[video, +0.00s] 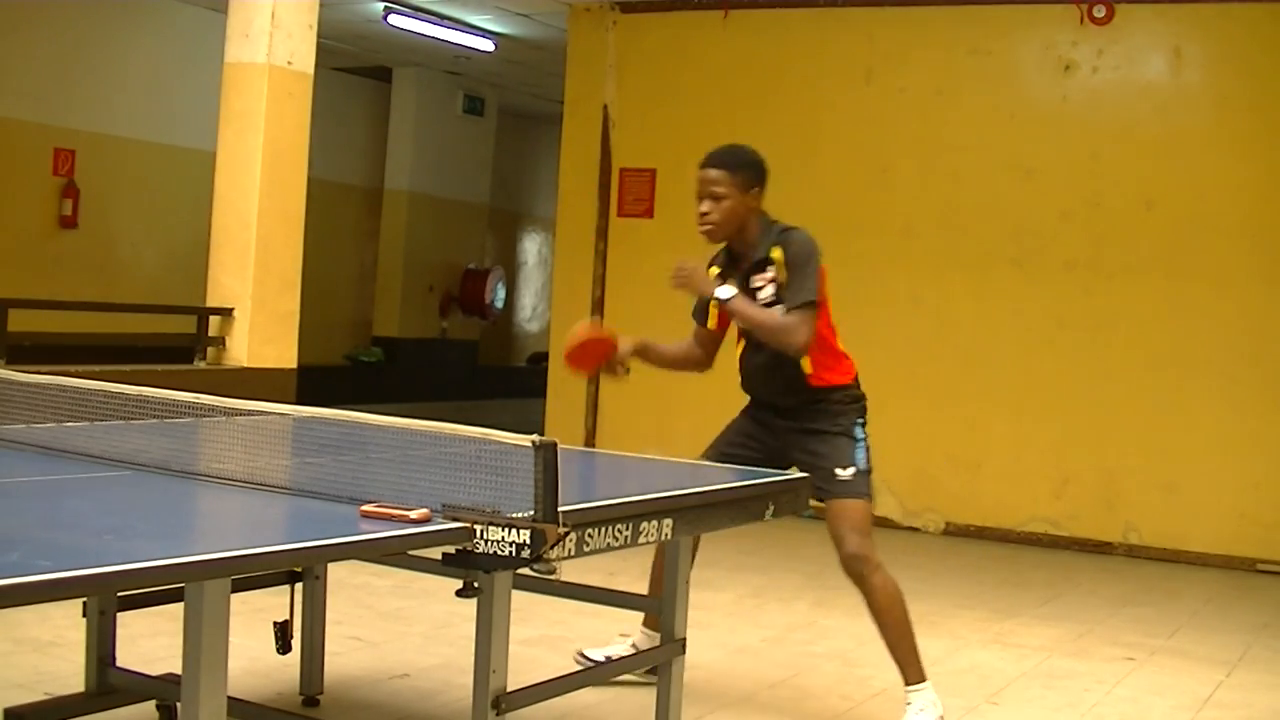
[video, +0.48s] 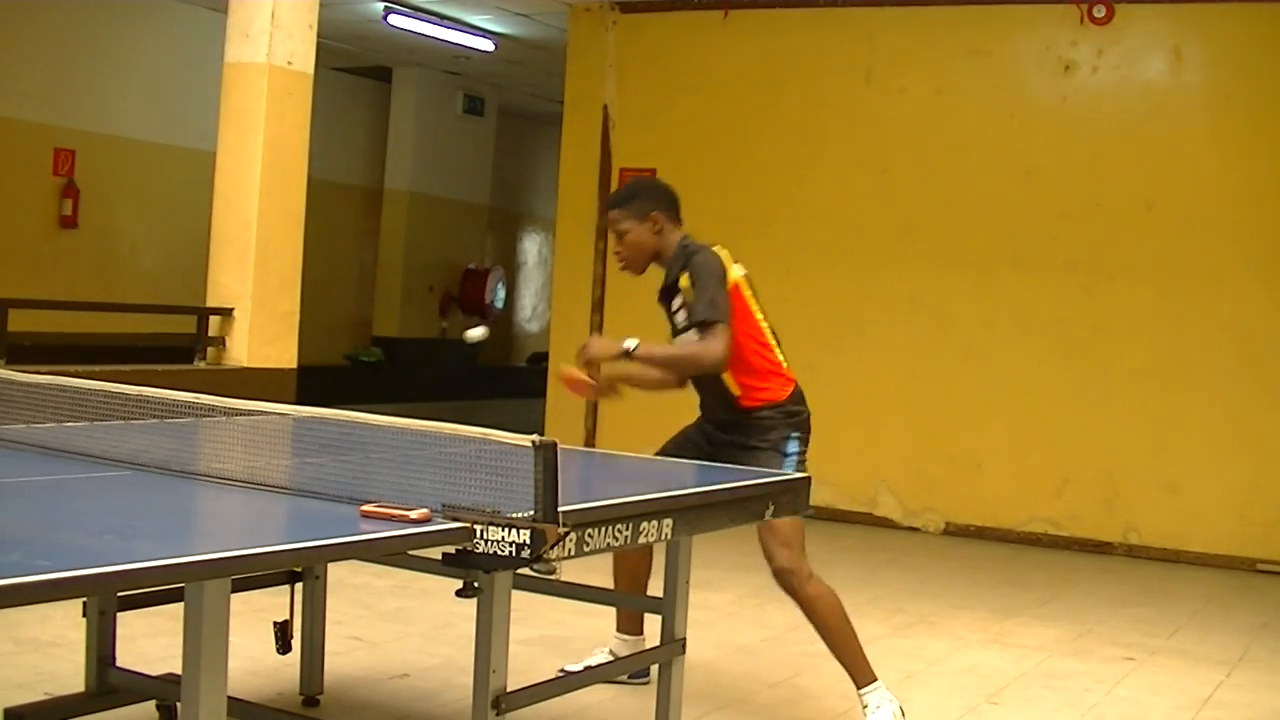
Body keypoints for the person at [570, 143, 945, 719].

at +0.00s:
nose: (701, 210)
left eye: (714, 197)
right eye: (698, 197)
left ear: (752, 197)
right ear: (701, 199)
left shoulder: (794, 247)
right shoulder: (721, 266)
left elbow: (796, 335)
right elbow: (699, 354)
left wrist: (715, 292)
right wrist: (638, 346)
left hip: (829, 416)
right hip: (766, 413)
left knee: (856, 554)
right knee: (679, 509)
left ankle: (920, 693)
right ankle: (649, 641)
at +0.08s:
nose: (666, 231)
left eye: (678, 218)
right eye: (665, 218)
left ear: (716, 219)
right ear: (693, 222)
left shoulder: (749, 267)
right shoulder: (707, 281)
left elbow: (747, 359)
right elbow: (713, 379)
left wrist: (674, 325)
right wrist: (645, 409)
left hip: (816, 423)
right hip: (762, 425)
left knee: (831, 570)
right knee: (673, 519)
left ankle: (908, 700)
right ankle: (637, 648)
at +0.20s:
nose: (619, 270)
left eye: (630, 257)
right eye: (616, 258)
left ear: (667, 254)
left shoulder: (691, 291)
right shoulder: (679, 298)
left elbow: (699, 387)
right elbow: (726, 394)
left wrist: (622, 388)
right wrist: (685, 466)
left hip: (787, 435)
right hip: (735, 434)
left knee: (809, 583)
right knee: (641, 509)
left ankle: (909, 697)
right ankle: (629, 650)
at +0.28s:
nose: (598, 281)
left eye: (607, 267)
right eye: (596, 269)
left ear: (645, 262)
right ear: (641, 266)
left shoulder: (666, 301)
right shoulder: (670, 293)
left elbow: (684, 386)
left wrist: (602, 407)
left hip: (775, 438)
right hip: (725, 437)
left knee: (792, 583)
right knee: (628, 504)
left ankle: (899, 694)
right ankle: (628, 650)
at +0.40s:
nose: (599, 271)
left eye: (605, 257)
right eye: (596, 259)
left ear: (642, 246)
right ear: (638, 249)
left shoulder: (671, 282)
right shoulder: (668, 283)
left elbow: (690, 366)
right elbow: (720, 369)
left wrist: (603, 384)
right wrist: (677, 423)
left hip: (769, 432)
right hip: (721, 432)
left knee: (781, 576)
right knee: (626, 509)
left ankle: (877, 699)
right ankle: (628, 649)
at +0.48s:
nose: (615, 248)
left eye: (621, 234)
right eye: (612, 236)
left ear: (656, 224)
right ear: (653, 229)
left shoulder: (705, 262)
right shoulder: (672, 287)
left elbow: (713, 351)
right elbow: (683, 372)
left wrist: (624, 348)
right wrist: (612, 377)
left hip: (774, 428)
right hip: (718, 427)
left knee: (788, 567)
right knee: (631, 507)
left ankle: (874, 697)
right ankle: (627, 648)